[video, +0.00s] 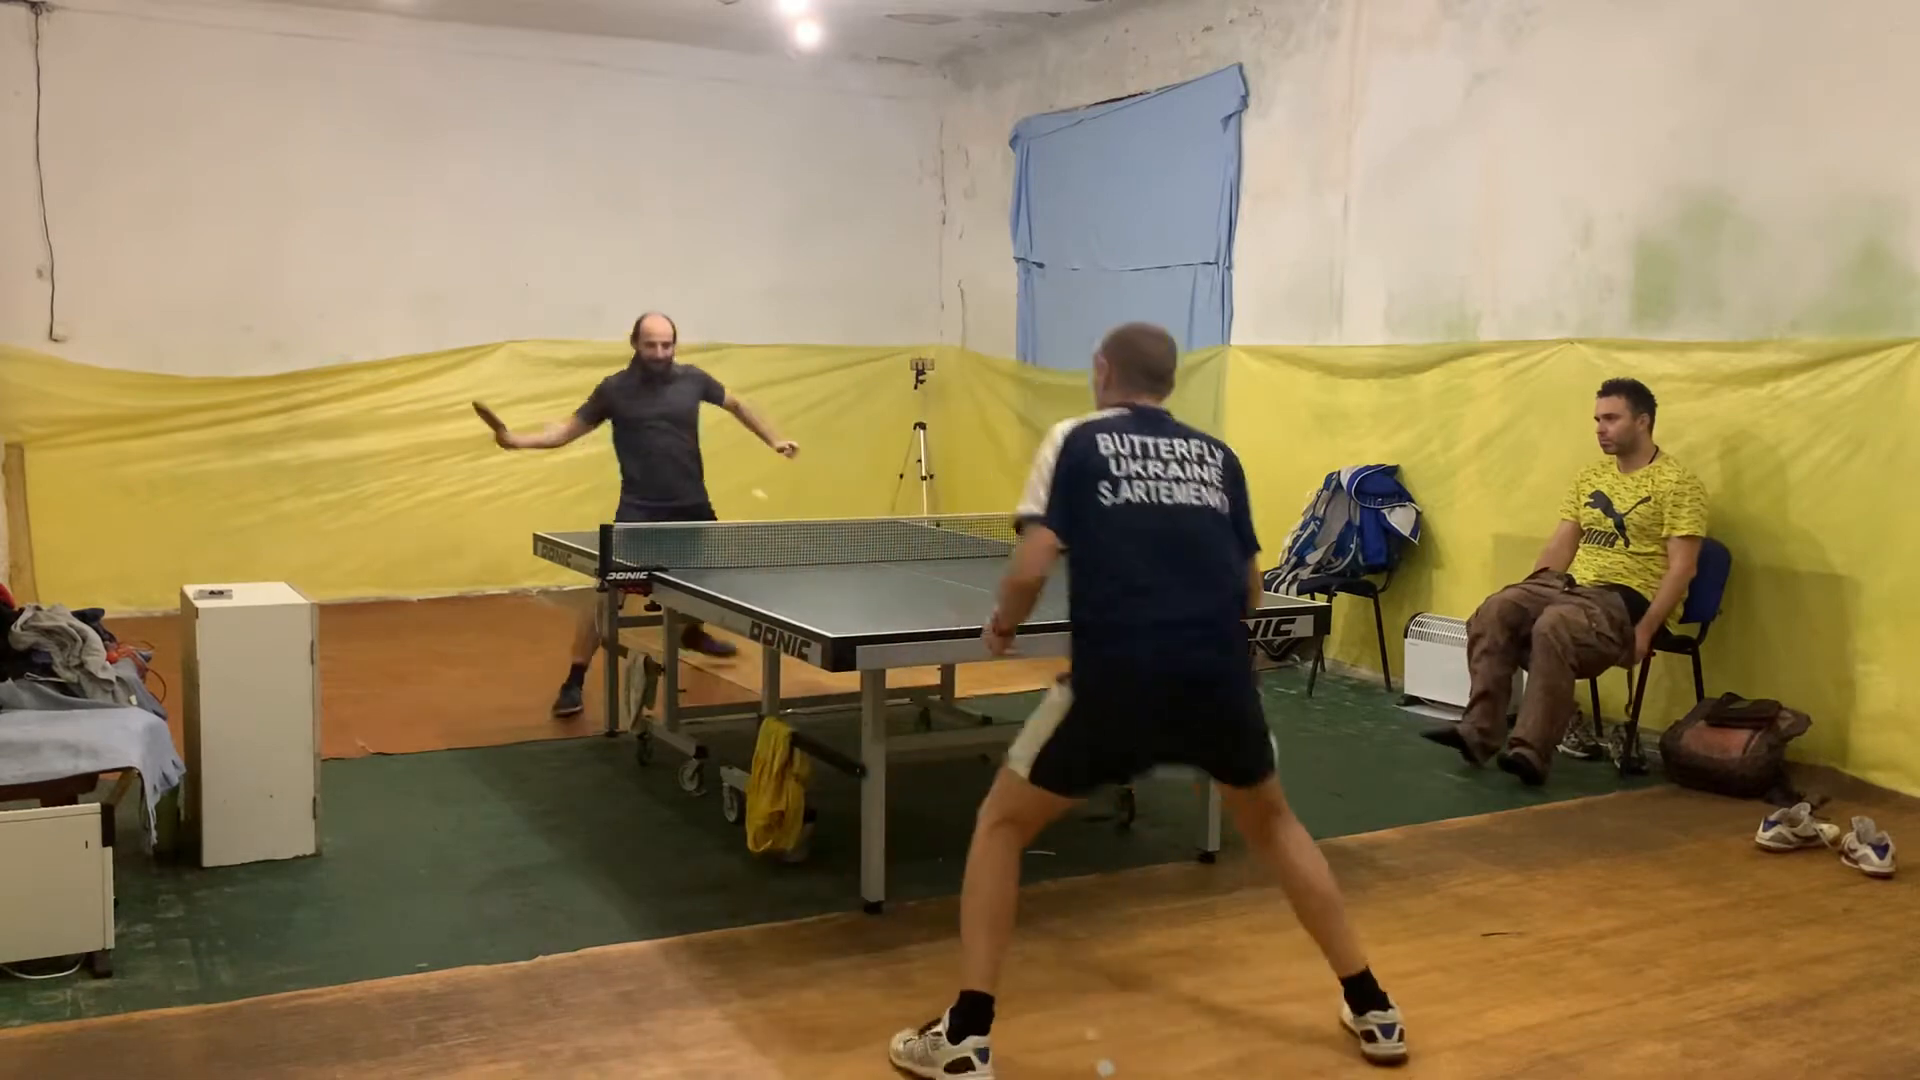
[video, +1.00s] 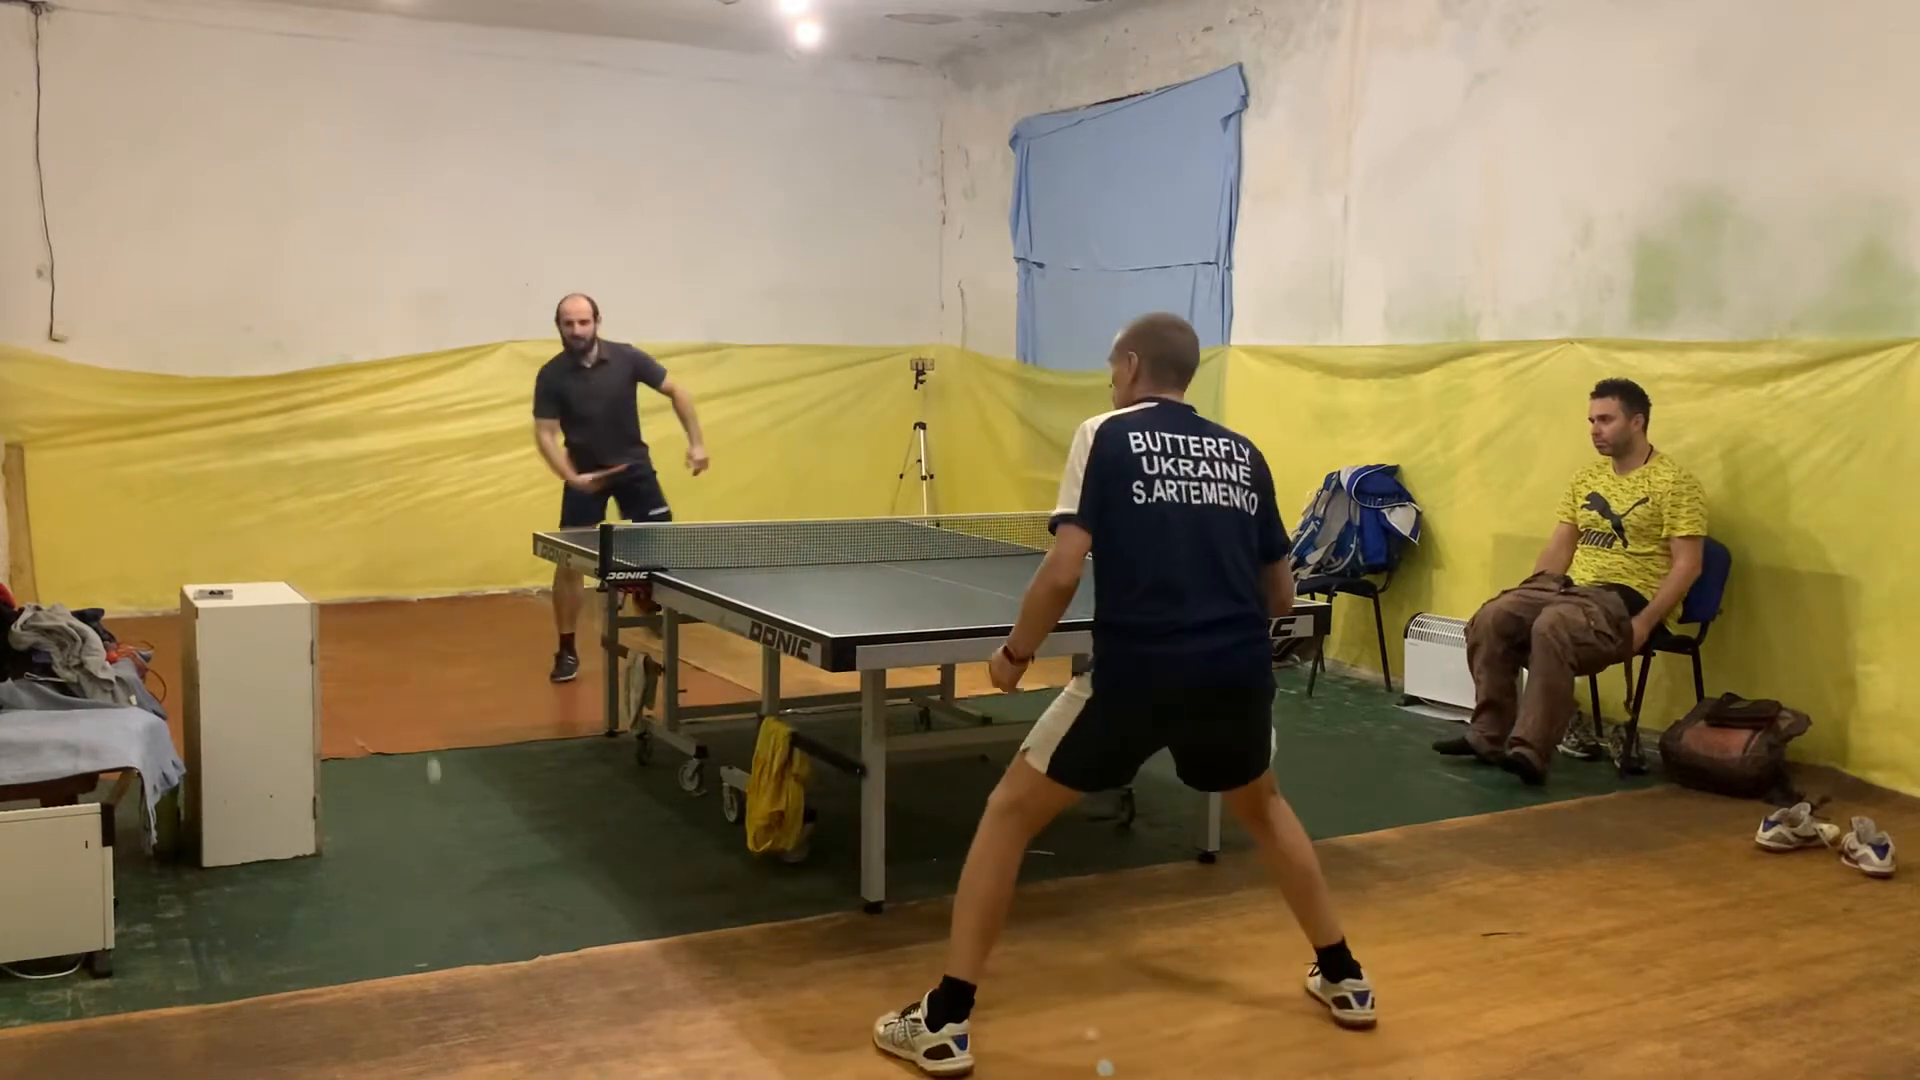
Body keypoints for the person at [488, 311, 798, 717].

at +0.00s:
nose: (661, 352)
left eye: (667, 345)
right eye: (652, 345)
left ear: (676, 345)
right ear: (635, 346)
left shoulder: (694, 379)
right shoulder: (614, 390)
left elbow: (737, 406)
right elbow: (566, 429)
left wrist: (774, 440)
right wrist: (515, 440)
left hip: (692, 509)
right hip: (637, 511)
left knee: (711, 573)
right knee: (606, 594)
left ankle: (689, 628)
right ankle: (574, 682)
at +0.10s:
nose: (671, 358)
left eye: (678, 351)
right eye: (663, 351)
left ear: (687, 352)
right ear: (648, 353)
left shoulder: (706, 391)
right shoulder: (629, 398)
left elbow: (757, 418)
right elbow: (592, 440)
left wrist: (786, 448)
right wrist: (554, 462)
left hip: (699, 508)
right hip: (646, 510)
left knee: (727, 573)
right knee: (618, 587)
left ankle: (725, 639)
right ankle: (595, 663)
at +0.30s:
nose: (679, 338)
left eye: (686, 331)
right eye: (671, 332)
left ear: (695, 332)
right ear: (657, 333)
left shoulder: (715, 368)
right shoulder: (639, 376)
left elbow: (759, 407)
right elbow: (596, 414)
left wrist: (745, 443)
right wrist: (605, 430)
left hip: (708, 485)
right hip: (656, 487)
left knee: (743, 558)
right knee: (624, 565)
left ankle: (734, 632)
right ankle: (601, 653)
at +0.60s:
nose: (667, 381)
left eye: (674, 374)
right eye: (661, 375)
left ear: (689, 372)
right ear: (652, 375)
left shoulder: (713, 403)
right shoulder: (643, 413)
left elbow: (739, 437)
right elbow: (612, 455)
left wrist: (731, 486)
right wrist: (593, 480)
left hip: (707, 511)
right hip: (657, 514)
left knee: (753, 562)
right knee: (629, 580)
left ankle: (764, 632)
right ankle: (606, 650)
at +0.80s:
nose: (596, 353)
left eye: (604, 345)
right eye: (588, 347)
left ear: (618, 346)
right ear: (580, 351)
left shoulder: (648, 373)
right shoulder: (581, 399)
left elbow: (708, 394)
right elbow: (591, 455)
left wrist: (735, 438)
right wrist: (638, 473)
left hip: (669, 478)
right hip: (621, 487)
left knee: (715, 545)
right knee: (607, 570)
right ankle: (607, 653)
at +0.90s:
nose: (588, 331)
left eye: (594, 324)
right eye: (580, 326)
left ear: (607, 324)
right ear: (569, 330)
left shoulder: (637, 355)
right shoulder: (566, 378)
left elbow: (693, 383)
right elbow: (578, 441)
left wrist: (715, 434)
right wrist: (621, 469)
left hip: (651, 462)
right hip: (602, 469)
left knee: (690, 532)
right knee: (583, 553)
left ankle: (710, 605)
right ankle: (586, 646)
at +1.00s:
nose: (577, 330)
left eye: (584, 322)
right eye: (569, 324)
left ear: (597, 323)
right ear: (558, 328)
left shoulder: (626, 358)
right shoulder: (551, 375)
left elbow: (677, 392)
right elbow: (545, 435)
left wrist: (697, 443)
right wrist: (573, 477)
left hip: (633, 467)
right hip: (584, 475)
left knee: (664, 547)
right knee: (569, 562)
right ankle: (566, 651)